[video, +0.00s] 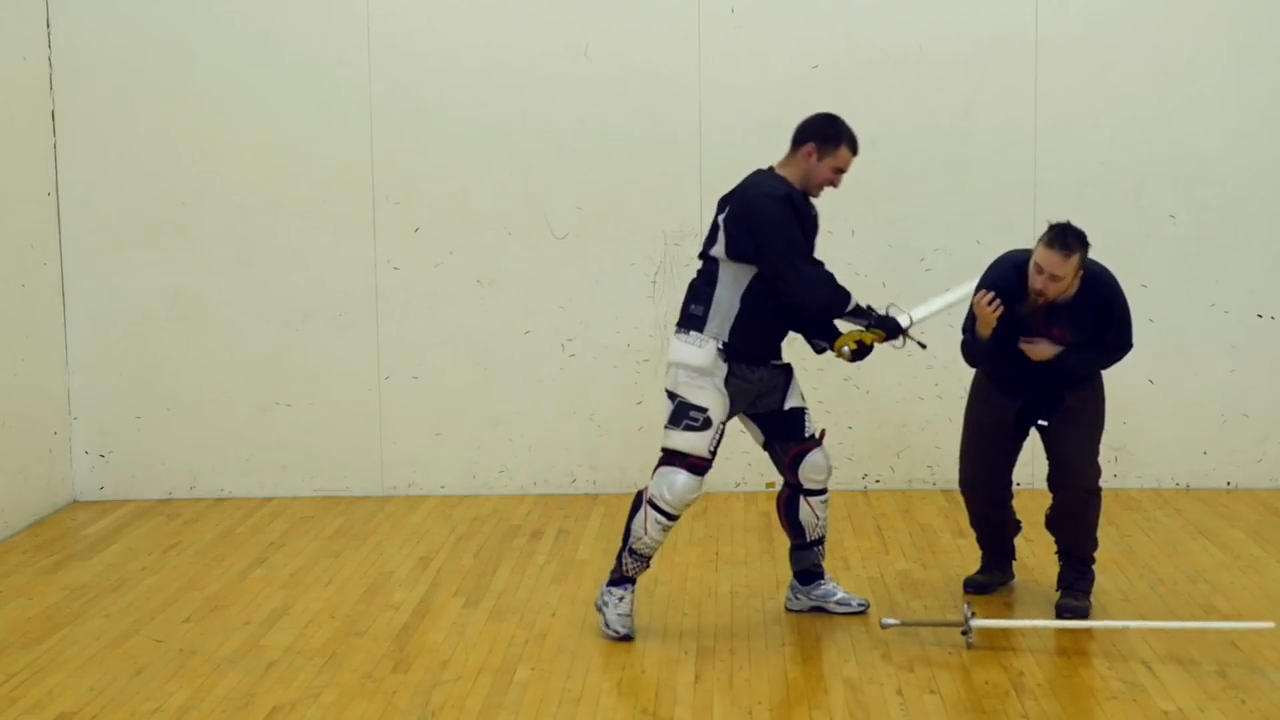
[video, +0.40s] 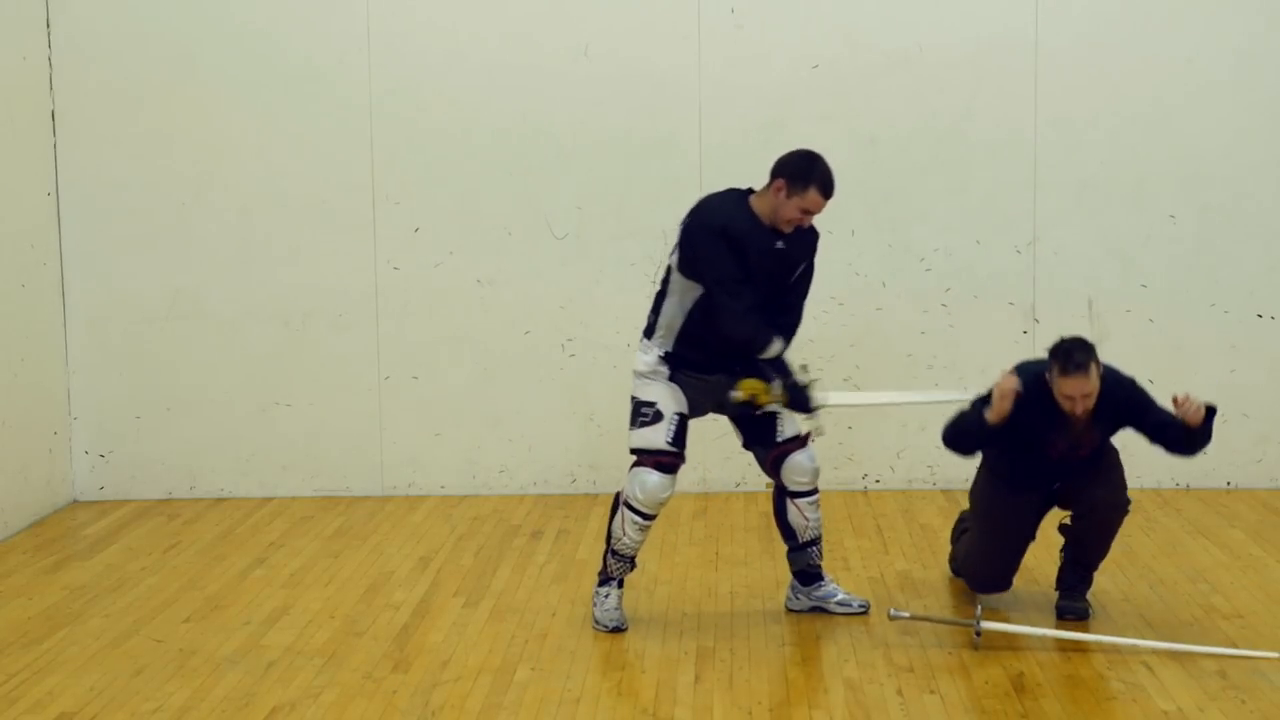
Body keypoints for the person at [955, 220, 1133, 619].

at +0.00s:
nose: (1042, 284)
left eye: (1055, 279)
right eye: (1038, 271)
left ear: (1078, 276)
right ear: (1031, 257)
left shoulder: (1101, 290)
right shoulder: (1003, 275)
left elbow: (1119, 344)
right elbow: (973, 357)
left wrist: (1060, 354)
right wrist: (980, 334)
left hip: (1073, 388)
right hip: (1002, 380)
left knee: (1077, 480)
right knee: (979, 476)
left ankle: (1075, 582)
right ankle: (996, 562)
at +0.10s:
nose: (1049, 320)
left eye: (1060, 317)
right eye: (1046, 309)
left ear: (1082, 306)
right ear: (1041, 285)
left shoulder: (1109, 303)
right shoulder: (1012, 282)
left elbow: (1121, 356)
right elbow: (961, 358)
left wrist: (1092, 378)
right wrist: (974, 336)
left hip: (1076, 397)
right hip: (1004, 386)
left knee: (1079, 483)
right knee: (977, 477)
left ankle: (1075, 582)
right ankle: (994, 561)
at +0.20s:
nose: (1059, 358)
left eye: (1068, 355)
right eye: (1053, 350)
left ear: (1091, 330)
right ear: (1042, 319)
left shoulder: (1114, 311)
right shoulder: (1013, 306)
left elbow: (1141, 359)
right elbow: (952, 360)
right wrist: (969, 340)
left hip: (1081, 405)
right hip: (1008, 398)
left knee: (1088, 492)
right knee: (977, 490)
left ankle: (1076, 584)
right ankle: (971, 532)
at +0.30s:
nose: (1071, 375)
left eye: (1079, 368)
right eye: (1063, 368)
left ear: (1094, 342)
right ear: (1047, 348)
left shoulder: (1120, 344)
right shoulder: (1016, 341)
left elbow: (1165, 393)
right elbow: (948, 383)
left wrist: (1186, 385)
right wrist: (975, 348)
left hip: (1085, 433)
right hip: (1013, 429)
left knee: (1094, 501)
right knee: (987, 530)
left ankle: (1075, 587)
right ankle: (965, 538)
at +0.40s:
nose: (1079, 406)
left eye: (1087, 396)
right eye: (1068, 397)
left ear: (1099, 379)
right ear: (1051, 382)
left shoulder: (1118, 391)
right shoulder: (1022, 385)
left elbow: (1182, 443)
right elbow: (955, 439)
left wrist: (1196, 424)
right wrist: (993, 416)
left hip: (1083, 477)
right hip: (1015, 479)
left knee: (1108, 506)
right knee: (986, 580)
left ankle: (1074, 588)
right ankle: (966, 534)